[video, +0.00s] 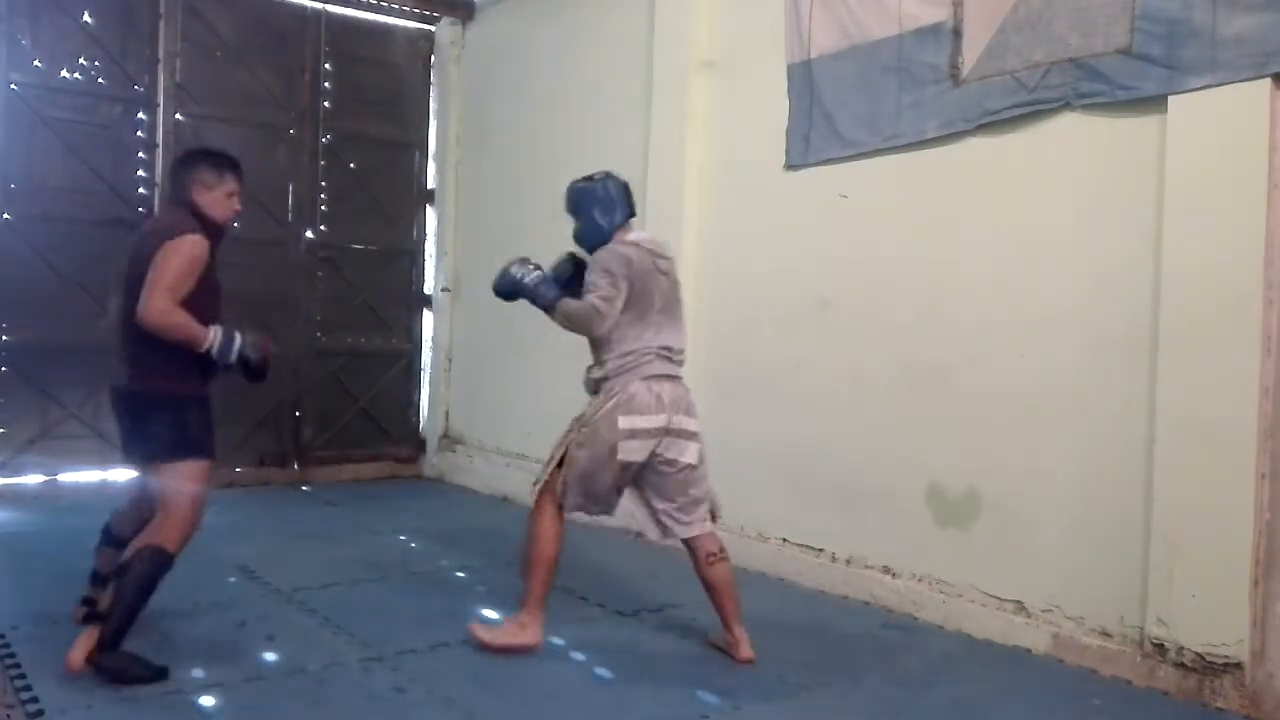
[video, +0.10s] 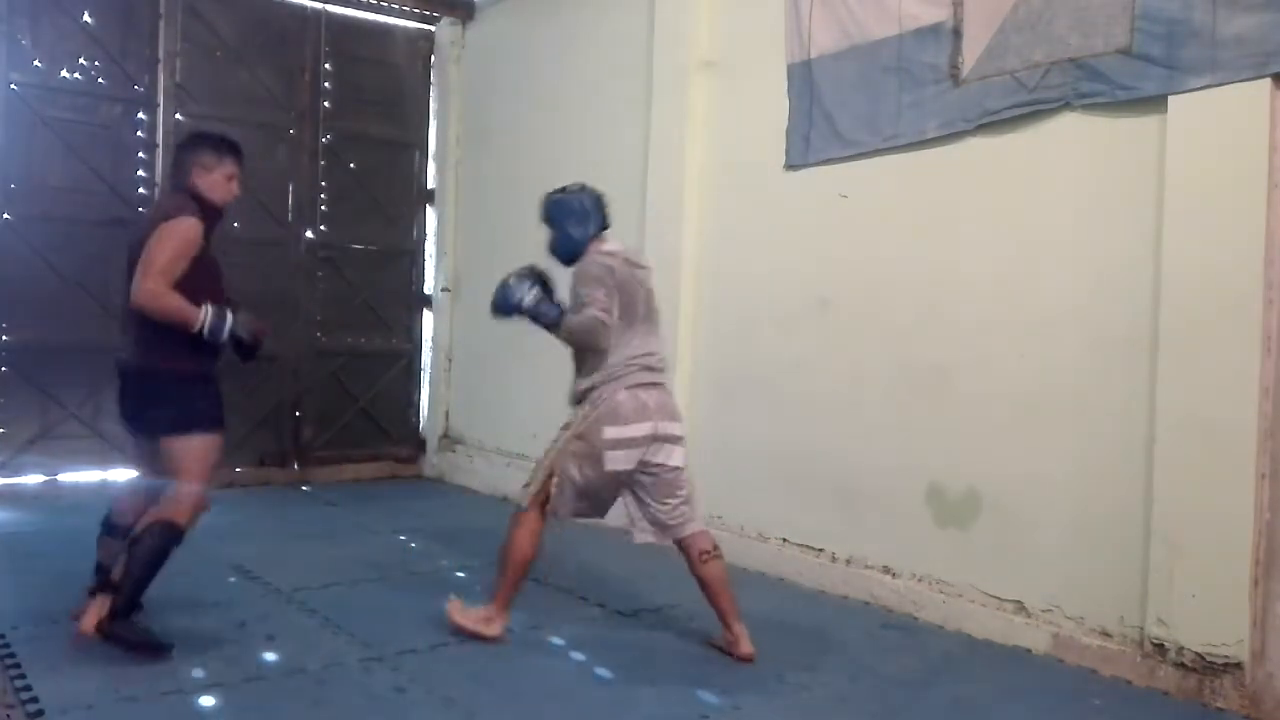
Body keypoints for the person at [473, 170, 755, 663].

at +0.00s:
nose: (574, 229)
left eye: (577, 219)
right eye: (572, 220)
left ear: (594, 218)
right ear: (628, 212)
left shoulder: (611, 258)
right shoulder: (661, 257)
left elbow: (593, 319)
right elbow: (631, 311)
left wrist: (540, 293)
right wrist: (578, 281)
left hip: (626, 403)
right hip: (676, 402)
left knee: (551, 498)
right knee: (696, 522)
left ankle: (528, 621)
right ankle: (737, 636)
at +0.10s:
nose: (547, 238)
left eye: (551, 227)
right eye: (547, 227)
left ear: (569, 227)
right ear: (599, 223)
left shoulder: (594, 267)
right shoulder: (634, 268)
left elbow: (596, 330)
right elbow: (604, 336)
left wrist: (545, 313)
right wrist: (554, 308)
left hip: (614, 411)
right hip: (661, 408)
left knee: (536, 505)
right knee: (684, 523)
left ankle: (495, 615)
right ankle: (737, 633)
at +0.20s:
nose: (510, 248)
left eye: (513, 236)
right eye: (509, 236)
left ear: (533, 235)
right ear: (558, 233)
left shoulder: (556, 276)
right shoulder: (595, 275)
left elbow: (576, 340)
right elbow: (583, 338)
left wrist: (513, 339)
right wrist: (528, 323)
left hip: (583, 412)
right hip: (626, 408)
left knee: (511, 502)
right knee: (663, 518)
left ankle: (486, 618)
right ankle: (730, 619)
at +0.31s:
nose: (473, 245)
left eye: (477, 233)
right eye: (473, 234)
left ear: (498, 232)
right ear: (522, 229)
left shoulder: (521, 274)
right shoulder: (565, 274)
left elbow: (531, 343)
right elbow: (547, 347)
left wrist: (477, 341)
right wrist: (487, 341)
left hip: (551, 407)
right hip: (595, 406)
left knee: (489, 501)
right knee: (625, 515)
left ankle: (484, 617)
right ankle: (699, 594)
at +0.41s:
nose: (457, 232)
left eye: (460, 221)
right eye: (456, 222)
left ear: (480, 219)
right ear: (508, 214)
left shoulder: (497, 261)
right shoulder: (551, 259)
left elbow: (483, 326)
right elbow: (513, 326)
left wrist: (436, 301)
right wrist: (452, 300)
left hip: (532, 392)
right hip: (579, 389)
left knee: (486, 499)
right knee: (582, 498)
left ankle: (484, 617)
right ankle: (637, 579)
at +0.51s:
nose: (454, 221)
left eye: (455, 211)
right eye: (452, 212)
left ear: (473, 207)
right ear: (502, 202)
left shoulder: (479, 249)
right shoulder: (544, 248)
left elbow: (445, 309)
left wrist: (414, 267)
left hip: (515, 382)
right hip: (563, 380)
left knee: (483, 495)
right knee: (548, 482)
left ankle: (483, 610)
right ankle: (577, 585)